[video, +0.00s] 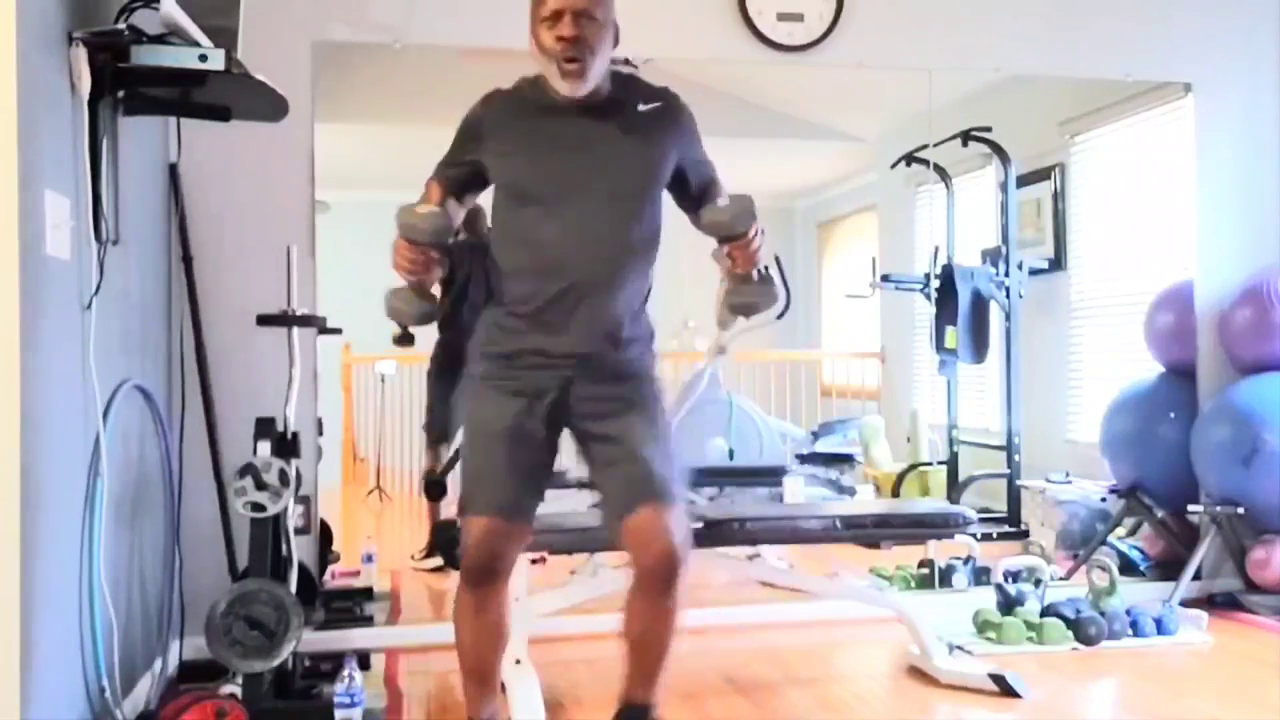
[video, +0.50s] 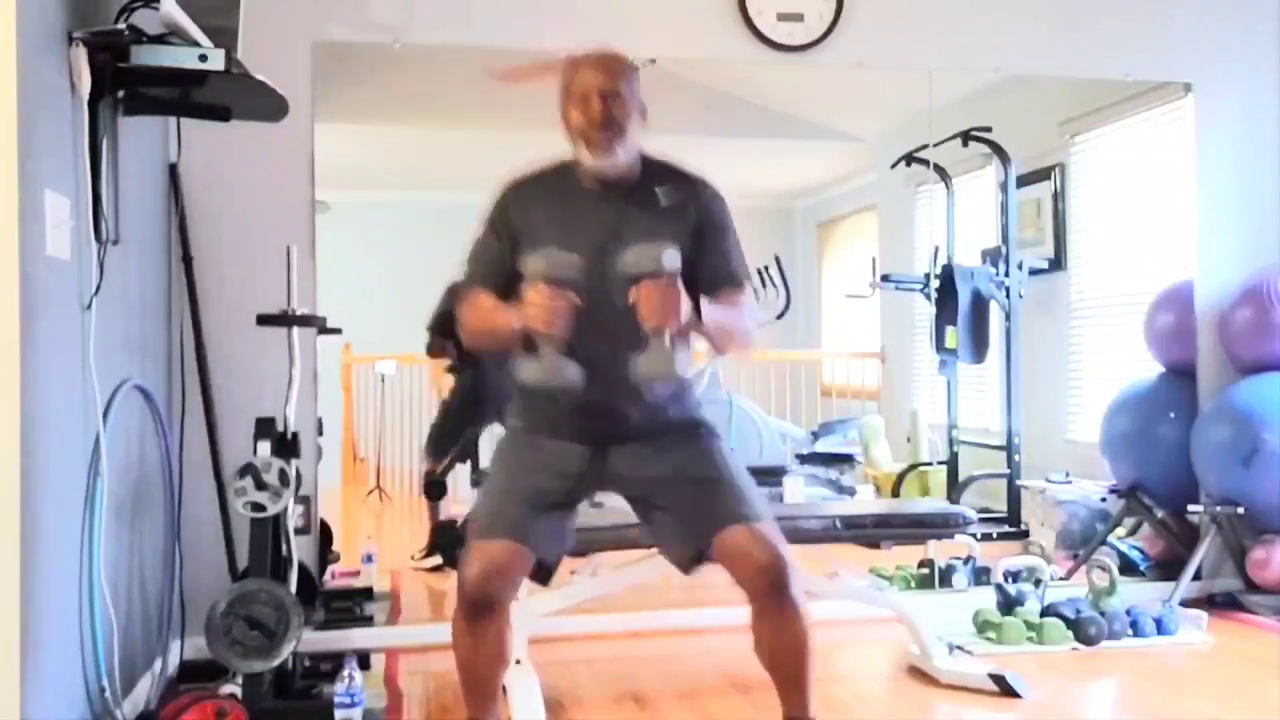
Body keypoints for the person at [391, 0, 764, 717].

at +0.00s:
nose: (568, 32)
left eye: (586, 16)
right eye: (553, 18)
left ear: (615, 25)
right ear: (533, 29)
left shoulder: (662, 116)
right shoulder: (494, 116)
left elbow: (715, 210)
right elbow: (437, 205)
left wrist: (742, 247)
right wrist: (417, 245)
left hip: (617, 366)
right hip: (509, 364)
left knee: (661, 552)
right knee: (484, 554)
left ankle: (637, 710)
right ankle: (485, 712)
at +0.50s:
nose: (597, 111)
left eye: (611, 97)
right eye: (582, 99)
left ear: (639, 108)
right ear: (563, 113)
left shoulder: (692, 201)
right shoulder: (524, 201)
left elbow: (741, 327)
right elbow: (473, 318)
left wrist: (693, 313)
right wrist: (520, 318)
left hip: (667, 431)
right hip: (548, 432)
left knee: (768, 568)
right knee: (480, 586)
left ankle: (799, 714)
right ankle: (485, 716)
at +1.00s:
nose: (716, 31)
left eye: (732, 17)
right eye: (700, 19)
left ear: (761, 29)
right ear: (682, 33)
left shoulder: (812, 120)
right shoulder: (644, 123)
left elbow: (874, 207)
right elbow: (600, 229)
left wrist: (881, 236)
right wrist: (581, 255)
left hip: (781, 366)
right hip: (675, 366)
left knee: (803, 556)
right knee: (639, 551)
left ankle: (808, 713)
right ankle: (685, 689)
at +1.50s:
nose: (786, 104)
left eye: (802, 90)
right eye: (771, 92)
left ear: (830, 99)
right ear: (754, 103)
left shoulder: (884, 183)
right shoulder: (723, 193)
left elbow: (934, 310)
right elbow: (681, 313)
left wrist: (877, 301)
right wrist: (721, 308)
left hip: (859, 411)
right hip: (750, 411)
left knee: (960, 561)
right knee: (698, 569)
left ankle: (1003, 714)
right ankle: (719, 709)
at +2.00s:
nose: (903, 25)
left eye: (921, 9)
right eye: (887, 11)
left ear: (953, 20)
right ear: (867, 26)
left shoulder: (1012, 104)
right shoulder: (836, 121)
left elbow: (1073, 191)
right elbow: (802, 216)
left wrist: (1096, 227)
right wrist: (778, 259)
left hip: (985, 360)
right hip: (874, 362)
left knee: (1010, 549)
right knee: (840, 541)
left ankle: (1019, 713)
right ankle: (886, 696)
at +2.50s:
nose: (904, 66)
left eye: (921, 54)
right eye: (889, 56)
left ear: (951, 72)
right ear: (870, 76)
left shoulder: (1007, 157)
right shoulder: (828, 169)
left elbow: (1067, 272)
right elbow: (782, 289)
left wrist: (1018, 286)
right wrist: (822, 296)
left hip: (975, 399)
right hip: (859, 394)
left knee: (1045, 565)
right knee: (778, 547)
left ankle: (1027, 716)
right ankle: (736, 710)